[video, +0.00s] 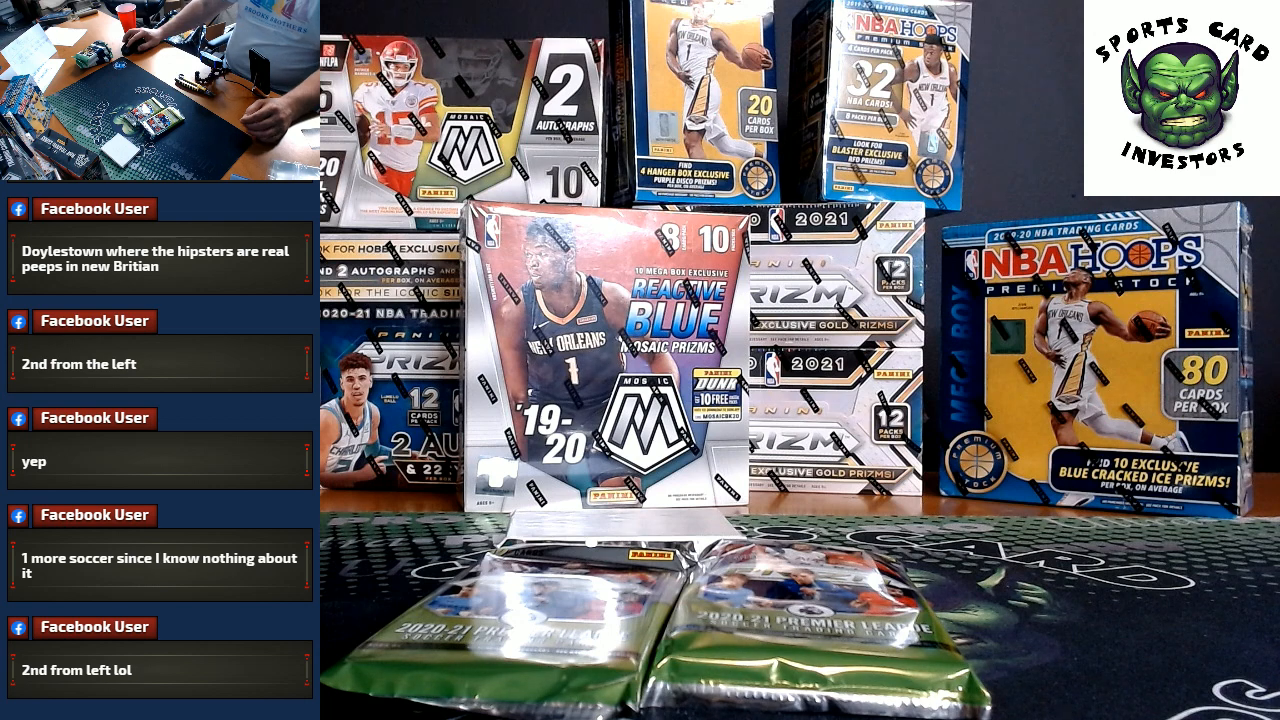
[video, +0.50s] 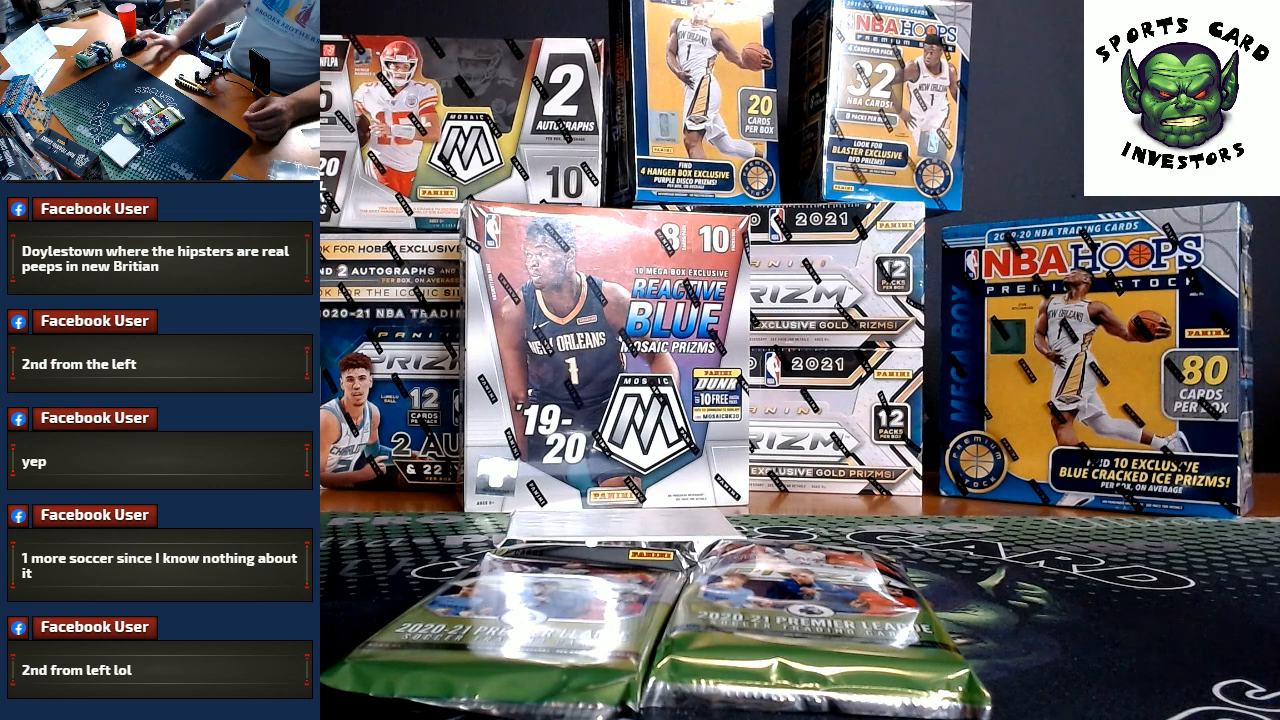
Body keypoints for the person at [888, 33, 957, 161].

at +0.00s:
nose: (929, 52)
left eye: (933, 48)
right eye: (926, 47)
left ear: (941, 51)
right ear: (923, 49)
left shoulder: (949, 71)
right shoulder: (913, 69)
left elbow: (956, 94)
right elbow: (886, 83)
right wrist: (900, 111)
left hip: (940, 117)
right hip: (918, 119)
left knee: (940, 155)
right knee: (923, 155)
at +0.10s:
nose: (929, 52)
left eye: (933, 48)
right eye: (926, 47)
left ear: (941, 51)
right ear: (923, 49)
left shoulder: (949, 70)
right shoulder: (913, 69)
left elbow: (956, 94)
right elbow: (886, 83)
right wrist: (900, 111)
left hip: (940, 117)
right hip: (918, 119)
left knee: (940, 155)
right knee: (923, 155)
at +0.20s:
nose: (928, 53)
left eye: (933, 50)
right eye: (926, 48)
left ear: (941, 52)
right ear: (923, 49)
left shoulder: (949, 71)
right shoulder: (913, 69)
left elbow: (955, 93)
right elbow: (886, 83)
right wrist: (900, 111)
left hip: (940, 117)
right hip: (918, 119)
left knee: (940, 155)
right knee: (924, 155)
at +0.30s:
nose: (928, 53)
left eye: (933, 49)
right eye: (926, 48)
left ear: (941, 52)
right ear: (923, 49)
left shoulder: (949, 71)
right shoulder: (913, 69)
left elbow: (955, 94)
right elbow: (886, 83)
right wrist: (900, 111)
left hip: (940, 117)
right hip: (918, 119)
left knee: (940, 154)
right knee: (923, 155)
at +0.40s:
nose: (928, 53)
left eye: (933, 50)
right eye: (926, 48)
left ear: (941, 52)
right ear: (923, 49)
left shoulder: (949, 71)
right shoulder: (913, 69)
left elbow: (955, 94)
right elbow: (886, 83)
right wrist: (900, 111)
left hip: (940, 117)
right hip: (918, 119)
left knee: (940, 154)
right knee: (923, 155)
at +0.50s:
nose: (928, 53)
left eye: (933, 50)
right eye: (926, 48)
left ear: (941, 52)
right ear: (923, 49)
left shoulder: (949, 71)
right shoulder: (913, 69)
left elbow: (956, 94)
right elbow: (886, 83)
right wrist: (900, 111)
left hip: (940, 117)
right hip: (918, 119)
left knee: (940, 154)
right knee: (923, 155)